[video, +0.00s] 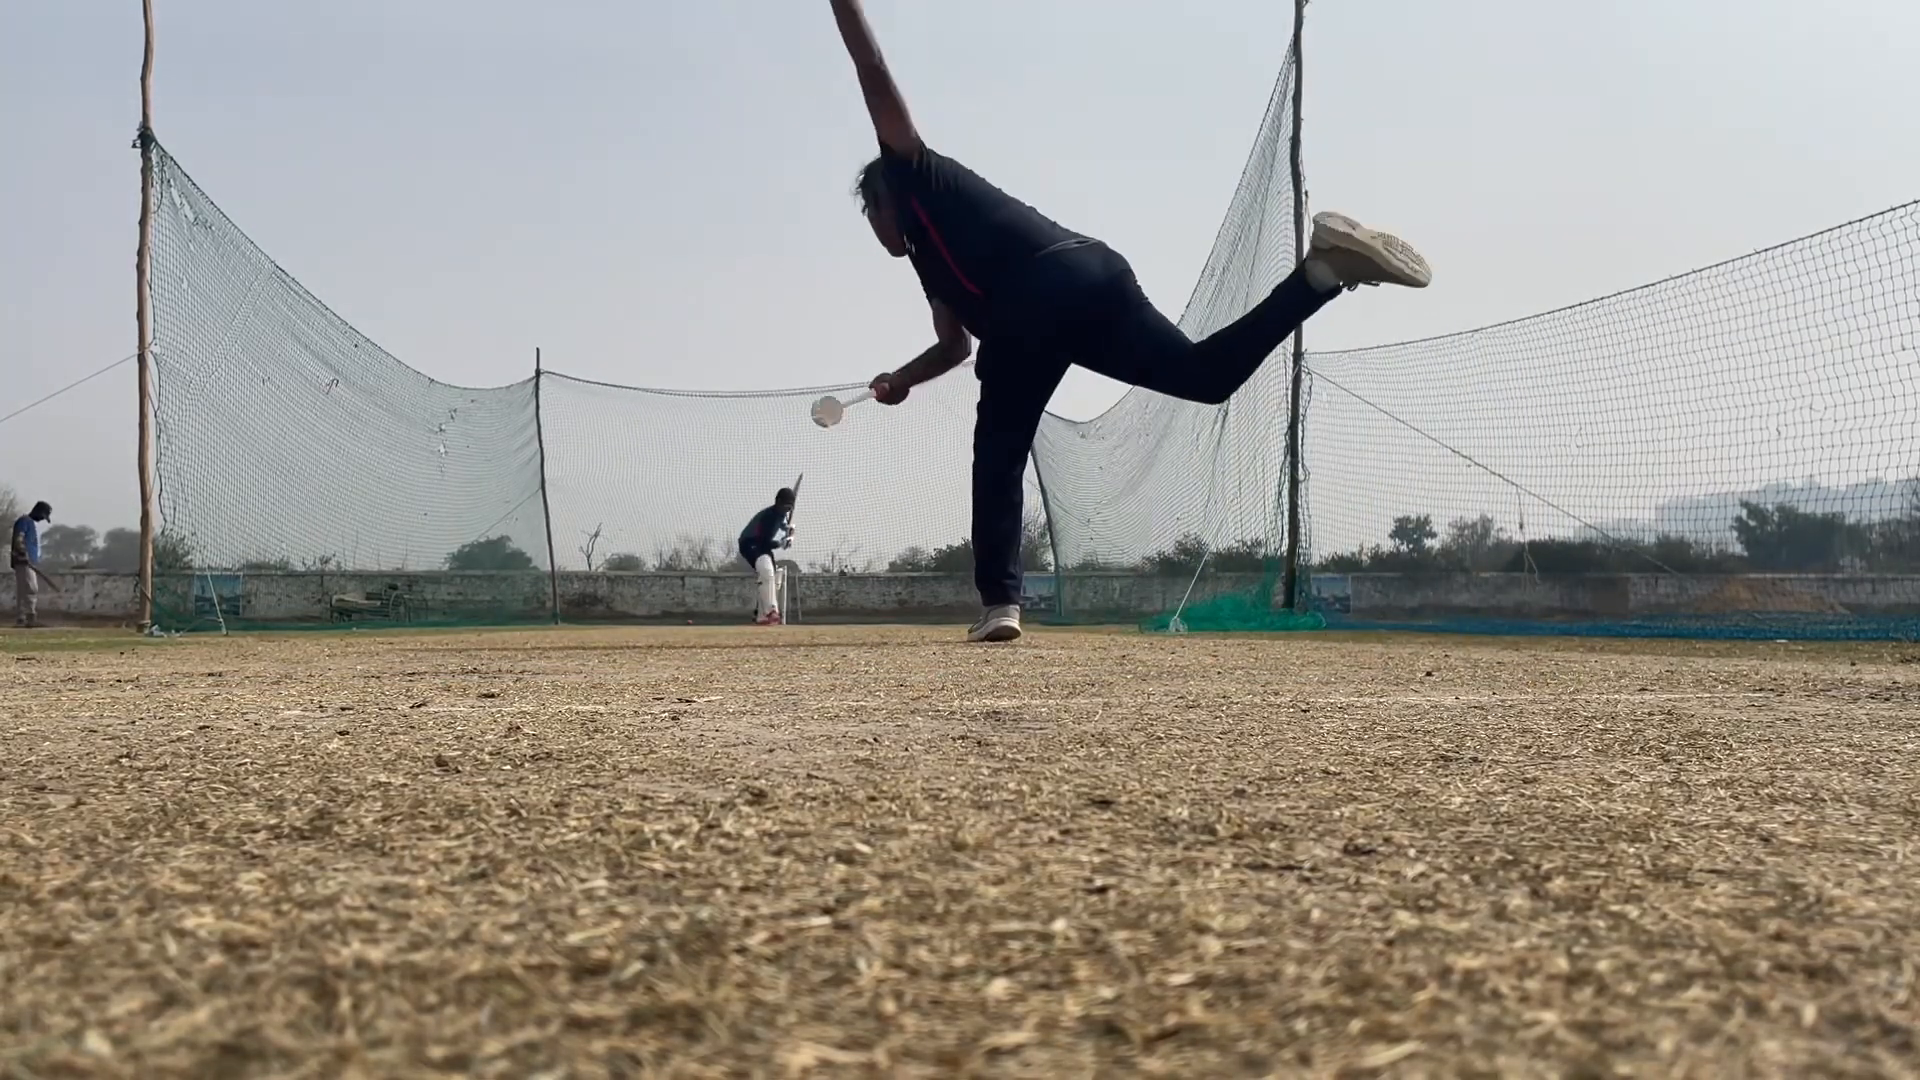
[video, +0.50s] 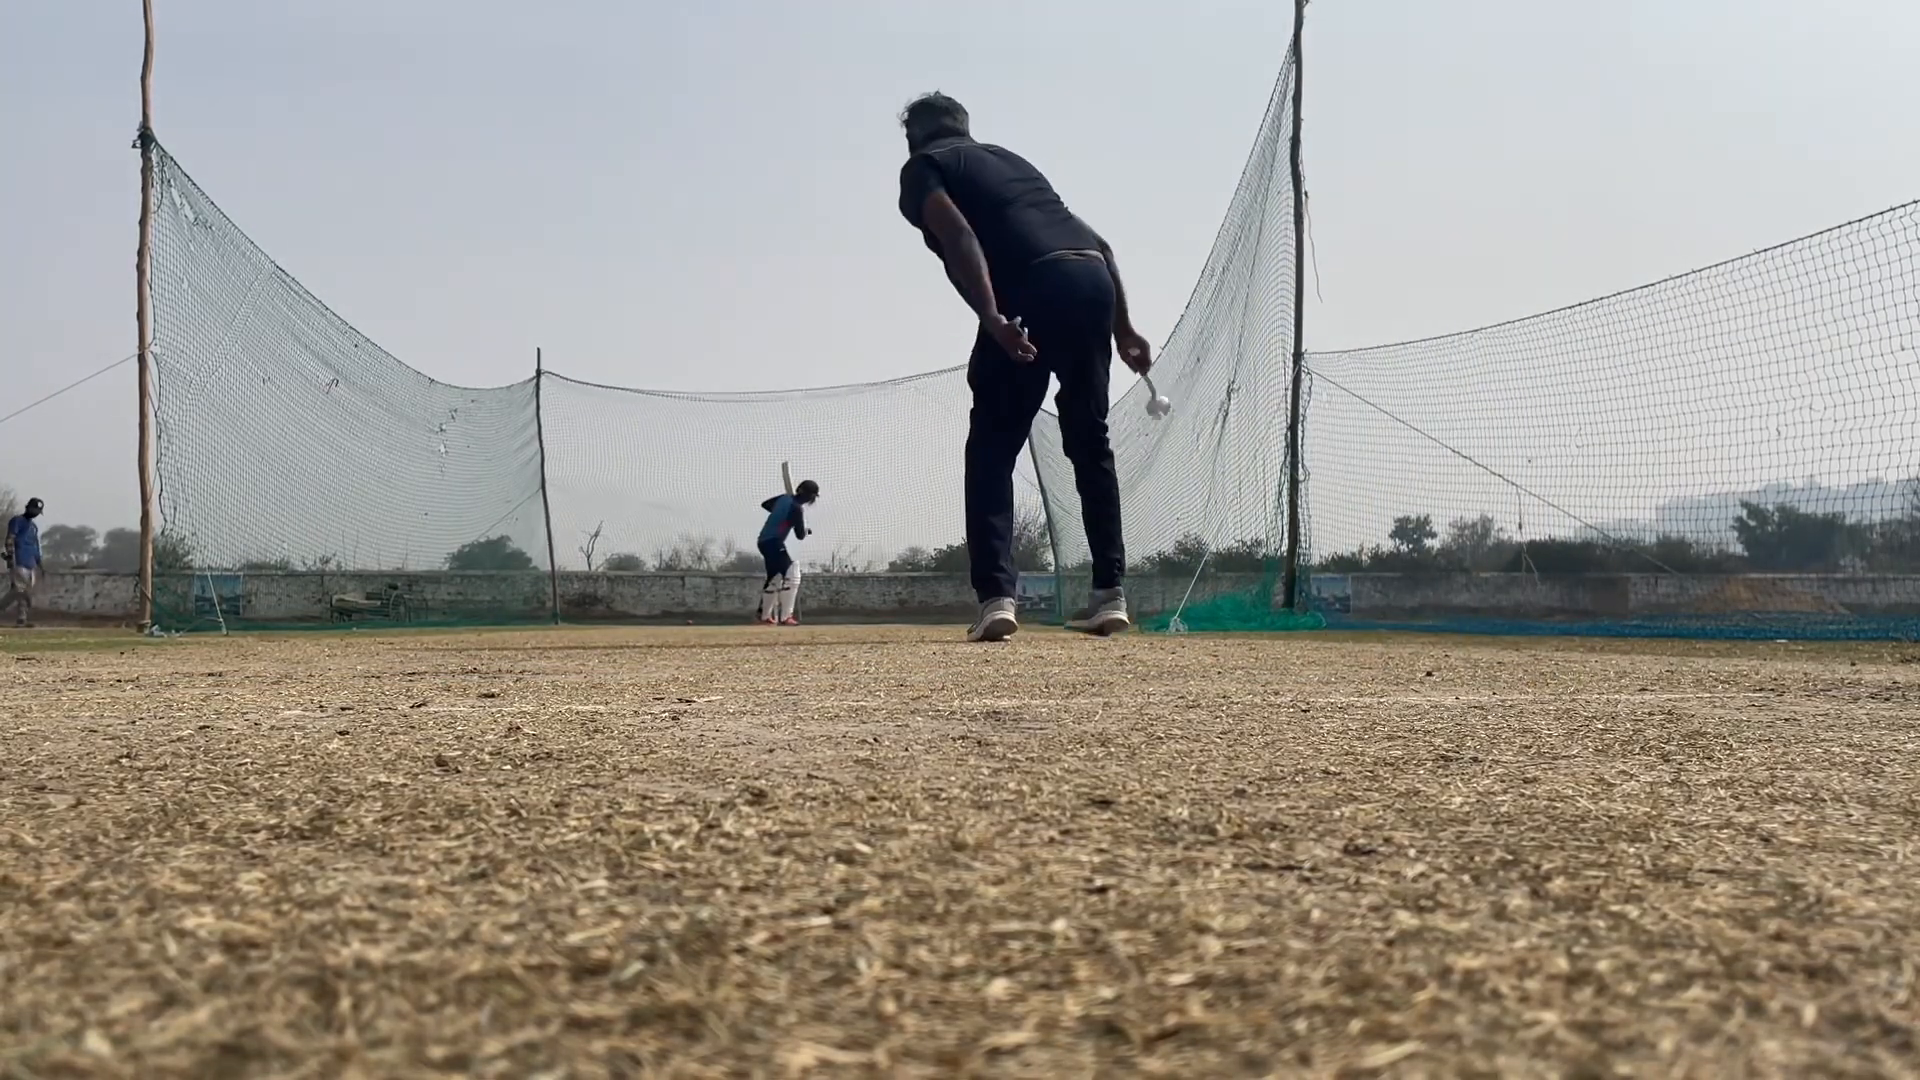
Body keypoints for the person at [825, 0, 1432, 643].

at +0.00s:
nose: (875, 234)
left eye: (871, 216)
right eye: (871, 222)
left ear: (887, 192)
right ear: (898, 209)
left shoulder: (910, 169)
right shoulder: (940, 267)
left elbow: (869, 66)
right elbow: (952, 348)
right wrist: (901, 380)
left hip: (1029, 305)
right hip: (1095, 282)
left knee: (997, 457)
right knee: (1206, 378)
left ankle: (1000, 609)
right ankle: (1324, 271)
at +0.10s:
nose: (884, 206)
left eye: (881, 195)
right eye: (884, 199)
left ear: (892, 181)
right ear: (914, 199)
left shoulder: (913, 161)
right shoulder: (957, 246)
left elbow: (807, 97)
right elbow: (959, 341)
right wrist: (905, 409)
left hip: (1036, 297)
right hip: (1102, 284)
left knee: (995, 450)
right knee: (1212, 379)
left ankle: (1001, 612)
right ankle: (1337, 274)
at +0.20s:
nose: (875, 170)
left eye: (880, 159)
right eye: (882, 163)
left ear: (893, 146)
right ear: (937, 140)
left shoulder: (902, 159)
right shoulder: (977, 180)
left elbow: (804, 191)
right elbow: (1001, 307)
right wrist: (957, 403)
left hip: (1035, 295)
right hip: (1096, 275)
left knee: (994, 458)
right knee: (1171, 403)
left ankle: (1000, 607)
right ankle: (1305, 332)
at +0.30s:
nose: (889, 156)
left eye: (890, 148)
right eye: (892, 148)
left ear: (898, 140)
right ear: (945, 131)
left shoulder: (904, 167)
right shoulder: (981, 163)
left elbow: (842, 264)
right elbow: (1021, 254)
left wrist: (816, 350)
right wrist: (997, 348)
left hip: (1034, 287)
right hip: (1094, 268)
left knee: (995, 449)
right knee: (1114, 419)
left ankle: (1000, 602)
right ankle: (1255, 434)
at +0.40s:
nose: (899, 153)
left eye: (898, 145)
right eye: (901, 145)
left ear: (905, 141)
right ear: (952, 130)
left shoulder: (911, 175)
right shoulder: (991, 159)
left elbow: (914, 277)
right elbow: (1022, 244)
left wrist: (918, 383)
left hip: (1026, 284)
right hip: (1090, 267)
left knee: (995, 452)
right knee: (1089, 418)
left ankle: (998, 601)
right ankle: (1178, 544)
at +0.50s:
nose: (910, 148)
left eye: (910, 140)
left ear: (914, 136)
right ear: (963, 128)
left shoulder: (921, 167)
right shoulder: (1010, 161)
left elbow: (956, 232)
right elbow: (1093, 242)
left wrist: (991, 317)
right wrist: (1123, 326)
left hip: (1029, 291)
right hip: (1092, 279)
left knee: (991, 449)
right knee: (1089, 438)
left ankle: (997, 599)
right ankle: (1110, 595)